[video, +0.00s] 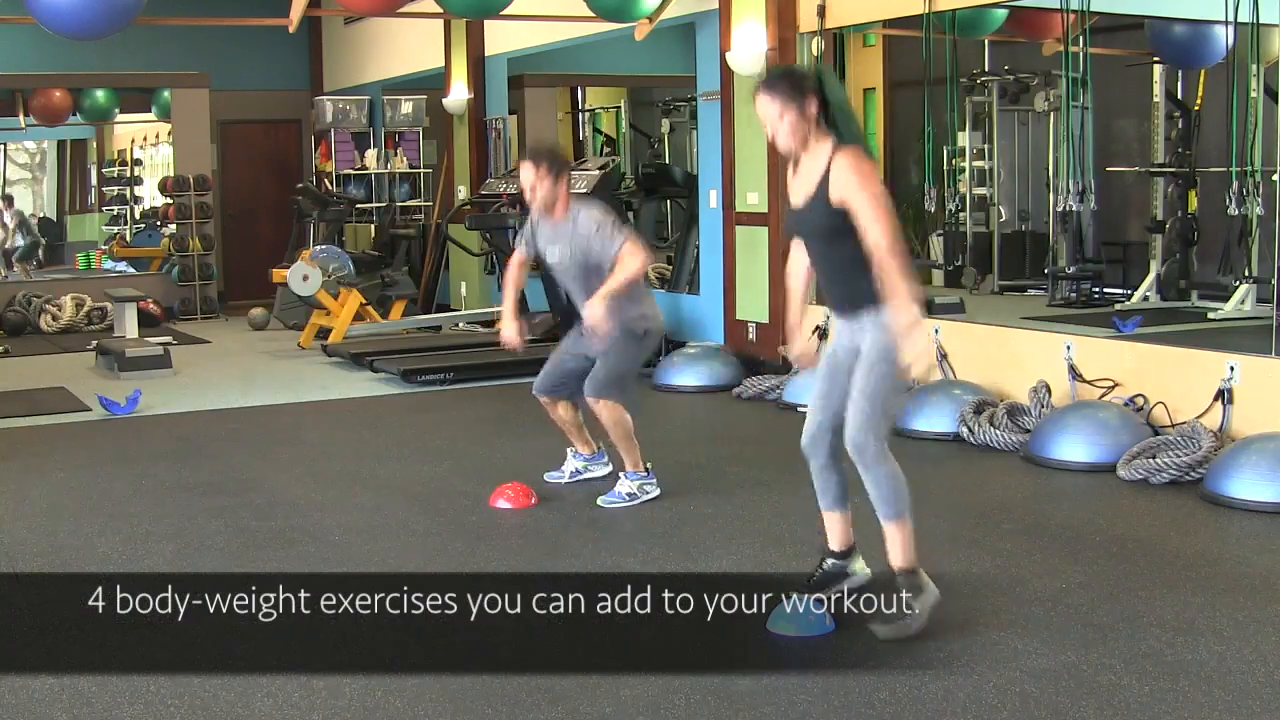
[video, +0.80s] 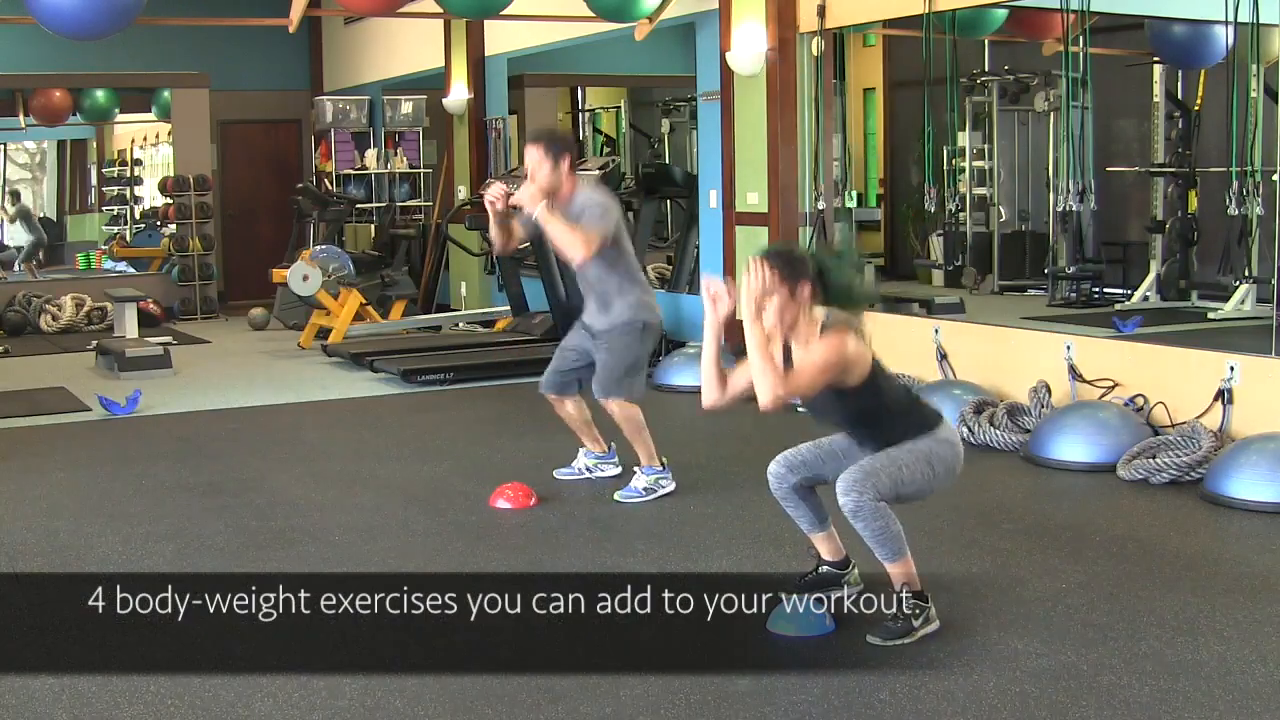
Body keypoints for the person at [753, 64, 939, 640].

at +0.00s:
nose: (770, 129)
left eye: (776, 116)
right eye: (765, 118)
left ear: (809, 108)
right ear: (775, 117)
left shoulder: (848, 165)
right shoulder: (795, 169)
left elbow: (887, 249)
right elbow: (804, 247)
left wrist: (912, 327)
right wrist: (796, 322)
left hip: (885, 320)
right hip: (843, 324)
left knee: (864, 439)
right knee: (818, 440)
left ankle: (909, 578)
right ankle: (843, 557)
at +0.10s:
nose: (769, 109)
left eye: (775, 96)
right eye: (762, 99)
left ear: (807, 86)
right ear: (761, 96)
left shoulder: (851, 140)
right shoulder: (790, 145)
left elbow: (915, 196)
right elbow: (821, 219)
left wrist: (963, 261)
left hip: (880, 297)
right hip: (836, 304)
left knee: (841, 412)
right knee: (820, 419)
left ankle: (873, 552)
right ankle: (832, 547)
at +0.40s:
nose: (770, 129)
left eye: (776, 116)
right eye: (763, 120)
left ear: (807, 104)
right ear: (761, 118)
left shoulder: (846, 159)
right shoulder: (789, 165)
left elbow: (907, 229)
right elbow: (801, 248)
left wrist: (914, 308)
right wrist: (776, 316)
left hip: (867, 318)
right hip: (827, 322)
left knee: (825, 426)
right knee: (814, 432)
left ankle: (870, 558)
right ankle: (841, 554)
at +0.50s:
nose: (768, 138)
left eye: (773, 125)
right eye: (763, 128)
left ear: (807, 112)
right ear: (771, 123)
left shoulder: (844, 167)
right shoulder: (793, 175)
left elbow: (881, 244)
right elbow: (789, 254)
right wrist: (729, 270)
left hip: (883, 326)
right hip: (842, 331)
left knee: (846, 440)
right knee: (802, 443)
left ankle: (897, 580)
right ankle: (834, 555)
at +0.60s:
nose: (765, 181)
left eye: (770, 168)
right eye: (761, 170)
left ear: (803, 159)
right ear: (779, 167)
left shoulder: (844, 213)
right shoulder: (788, 221)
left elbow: (825, 284)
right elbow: (750, 294)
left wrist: (749, 237)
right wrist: (711, 252)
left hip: (900, 363)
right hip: (853, 367)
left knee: (856, 472)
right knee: (792, 459)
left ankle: (913, 595)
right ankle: (835, 562)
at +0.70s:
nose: (766, 244)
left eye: (774, 232)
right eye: (762, 235)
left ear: (804, 227)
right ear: (759, 239)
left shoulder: (837, 282)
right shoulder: (784, 288)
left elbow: (781, 332)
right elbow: (720, 346)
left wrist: (748, 263)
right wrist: (710, 273)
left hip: (919, 414)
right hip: (866, 416)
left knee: (852, 485)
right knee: (785, 470)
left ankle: (914, 601)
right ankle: (837, 565)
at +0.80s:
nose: (760, 306)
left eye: (768, 294)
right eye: (757, 296)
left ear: (803, 292)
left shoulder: (838, 340)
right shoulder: (781, 345)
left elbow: (772, 396)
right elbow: (713, 397)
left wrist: (750, 319)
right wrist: (714, 324)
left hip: (931, 445)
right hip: (874, 445)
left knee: (855, 487)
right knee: (784, 472)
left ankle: (914, 602)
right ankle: (837, 566)